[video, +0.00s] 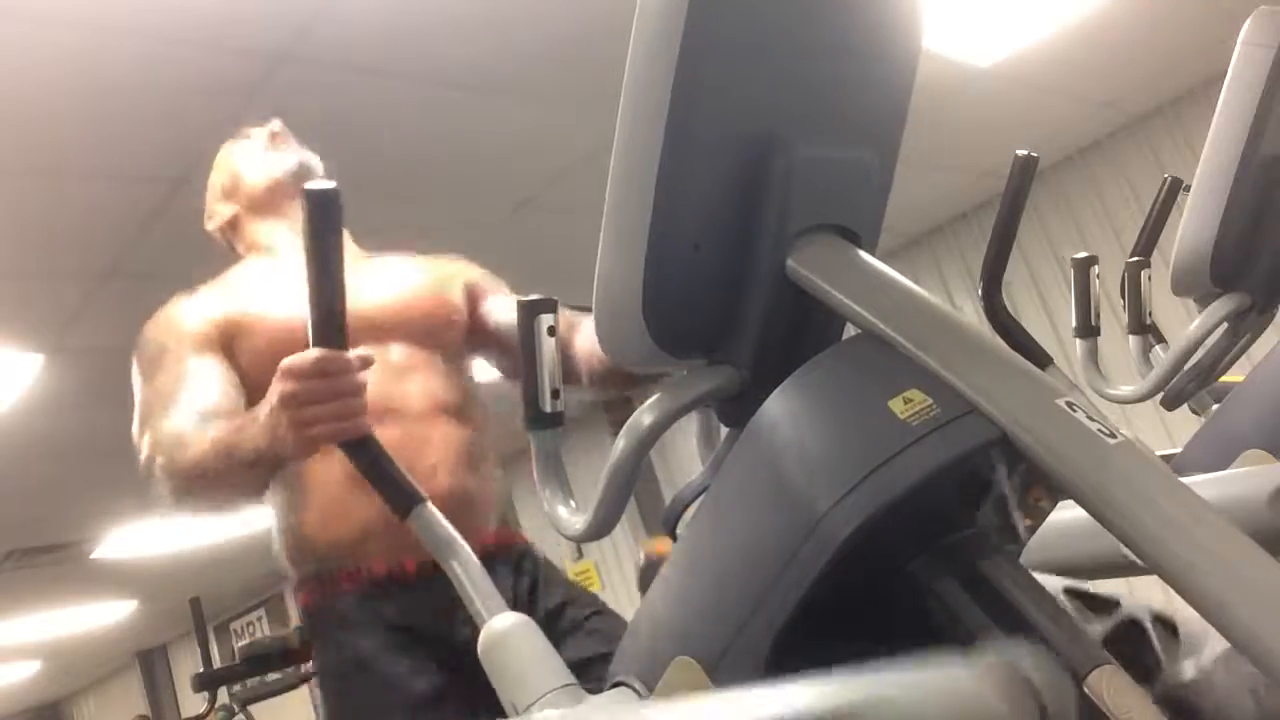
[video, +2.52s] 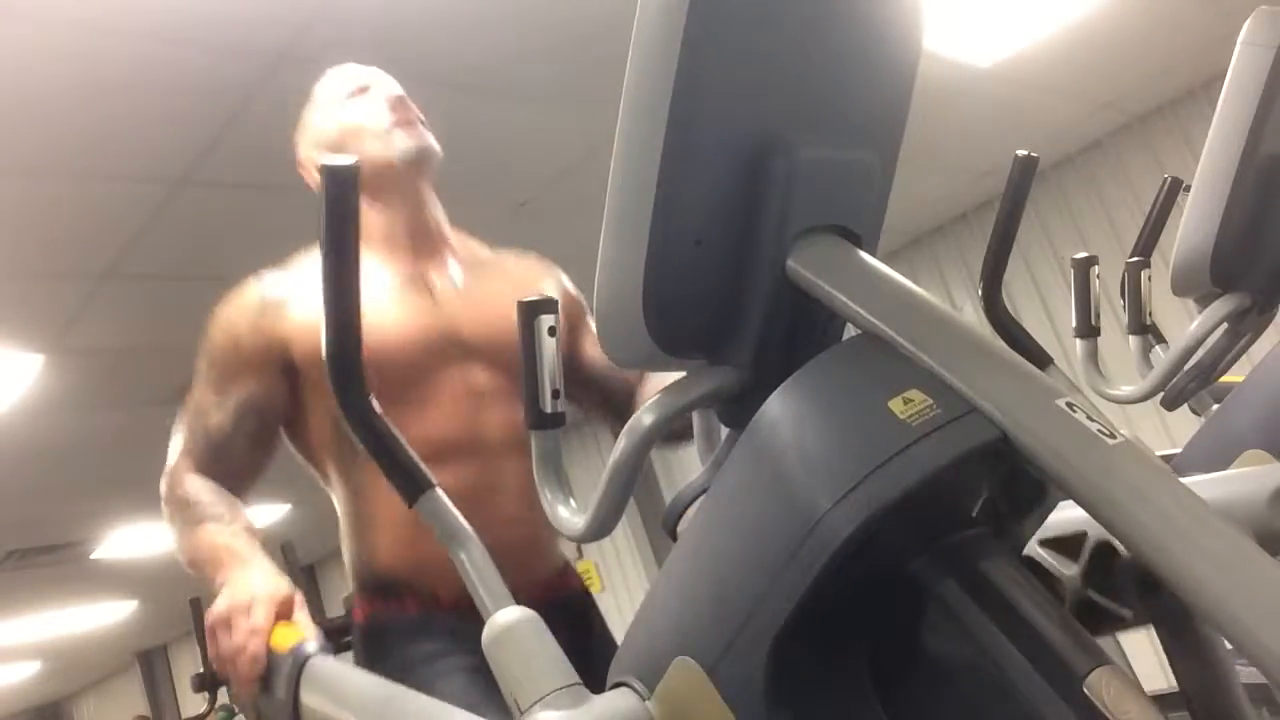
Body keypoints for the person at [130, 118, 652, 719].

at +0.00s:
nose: (283, 131)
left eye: (292, 133)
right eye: (257, 138)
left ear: (323, 174)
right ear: (222, 209)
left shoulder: (438, 274)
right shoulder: (194, 318)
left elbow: (559, 339)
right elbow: (181, 462)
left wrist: (650, 343)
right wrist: (268, 430)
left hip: (509, 577)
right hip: (367, 615)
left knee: (667, 693)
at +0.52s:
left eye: (388, 184)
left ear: (406, 192)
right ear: (308, 217)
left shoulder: (479, 300)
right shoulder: (278, 309)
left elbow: (593, 385)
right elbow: (260, 419)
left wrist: (648, 406)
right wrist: (325, 367)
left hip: (556, 589)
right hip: (426, 620)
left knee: (654, 705)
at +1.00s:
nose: (317, 116)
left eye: (324, 117)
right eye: (277, 119)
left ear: (353, 165)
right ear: (240, 194)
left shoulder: (466, 291)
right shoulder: (204, 345)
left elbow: (626, 358)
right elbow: (185, 553)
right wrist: (275, 479)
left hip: (536, 613)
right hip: (384, 659)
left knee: (703, 696)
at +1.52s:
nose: (401, 159)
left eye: (406, 155)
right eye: (366, 160)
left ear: (428, 193)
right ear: (323, 225)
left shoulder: (518, 338)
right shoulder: (279, 346)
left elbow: (633, 430)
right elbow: (246, 485)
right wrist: (321, 406)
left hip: (537, 649)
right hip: (399, 665)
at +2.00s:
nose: (343, 135)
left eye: (350, 128)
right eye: (307, 133)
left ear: (382, 175)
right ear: (263, 202)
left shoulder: (463, 320)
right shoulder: (231, 338)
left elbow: (596, 394)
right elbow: (167, 527)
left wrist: (732, 380)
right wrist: (294, 449)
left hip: (523, 636)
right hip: (382, 677)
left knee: (719, 672)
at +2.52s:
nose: (398, 97)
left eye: (404, 95)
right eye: (356, 92)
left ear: (430, 137)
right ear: (311, 162)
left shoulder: (533, 280)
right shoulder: (274, 308)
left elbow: (620, 395)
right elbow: (193, 480)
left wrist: (725, 387)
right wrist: (242, 568)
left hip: (558, 609)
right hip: (418, 630)